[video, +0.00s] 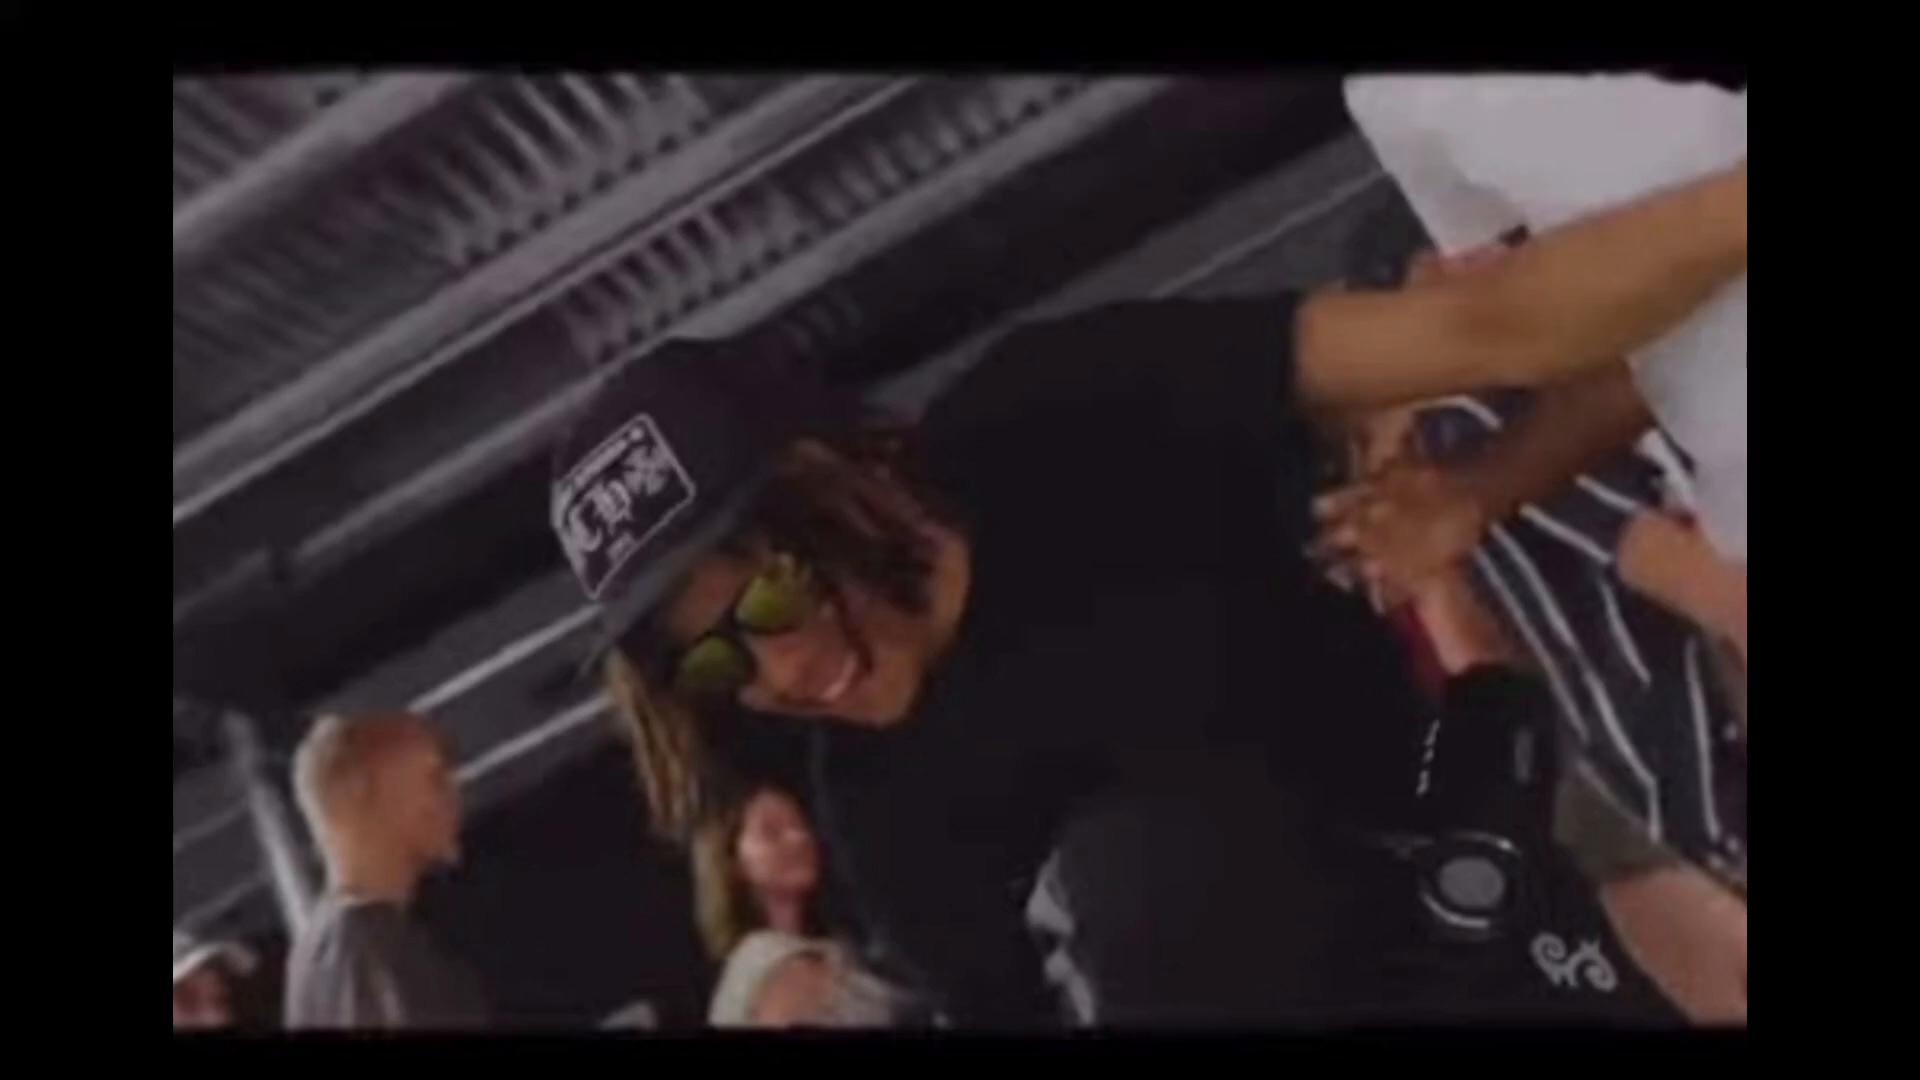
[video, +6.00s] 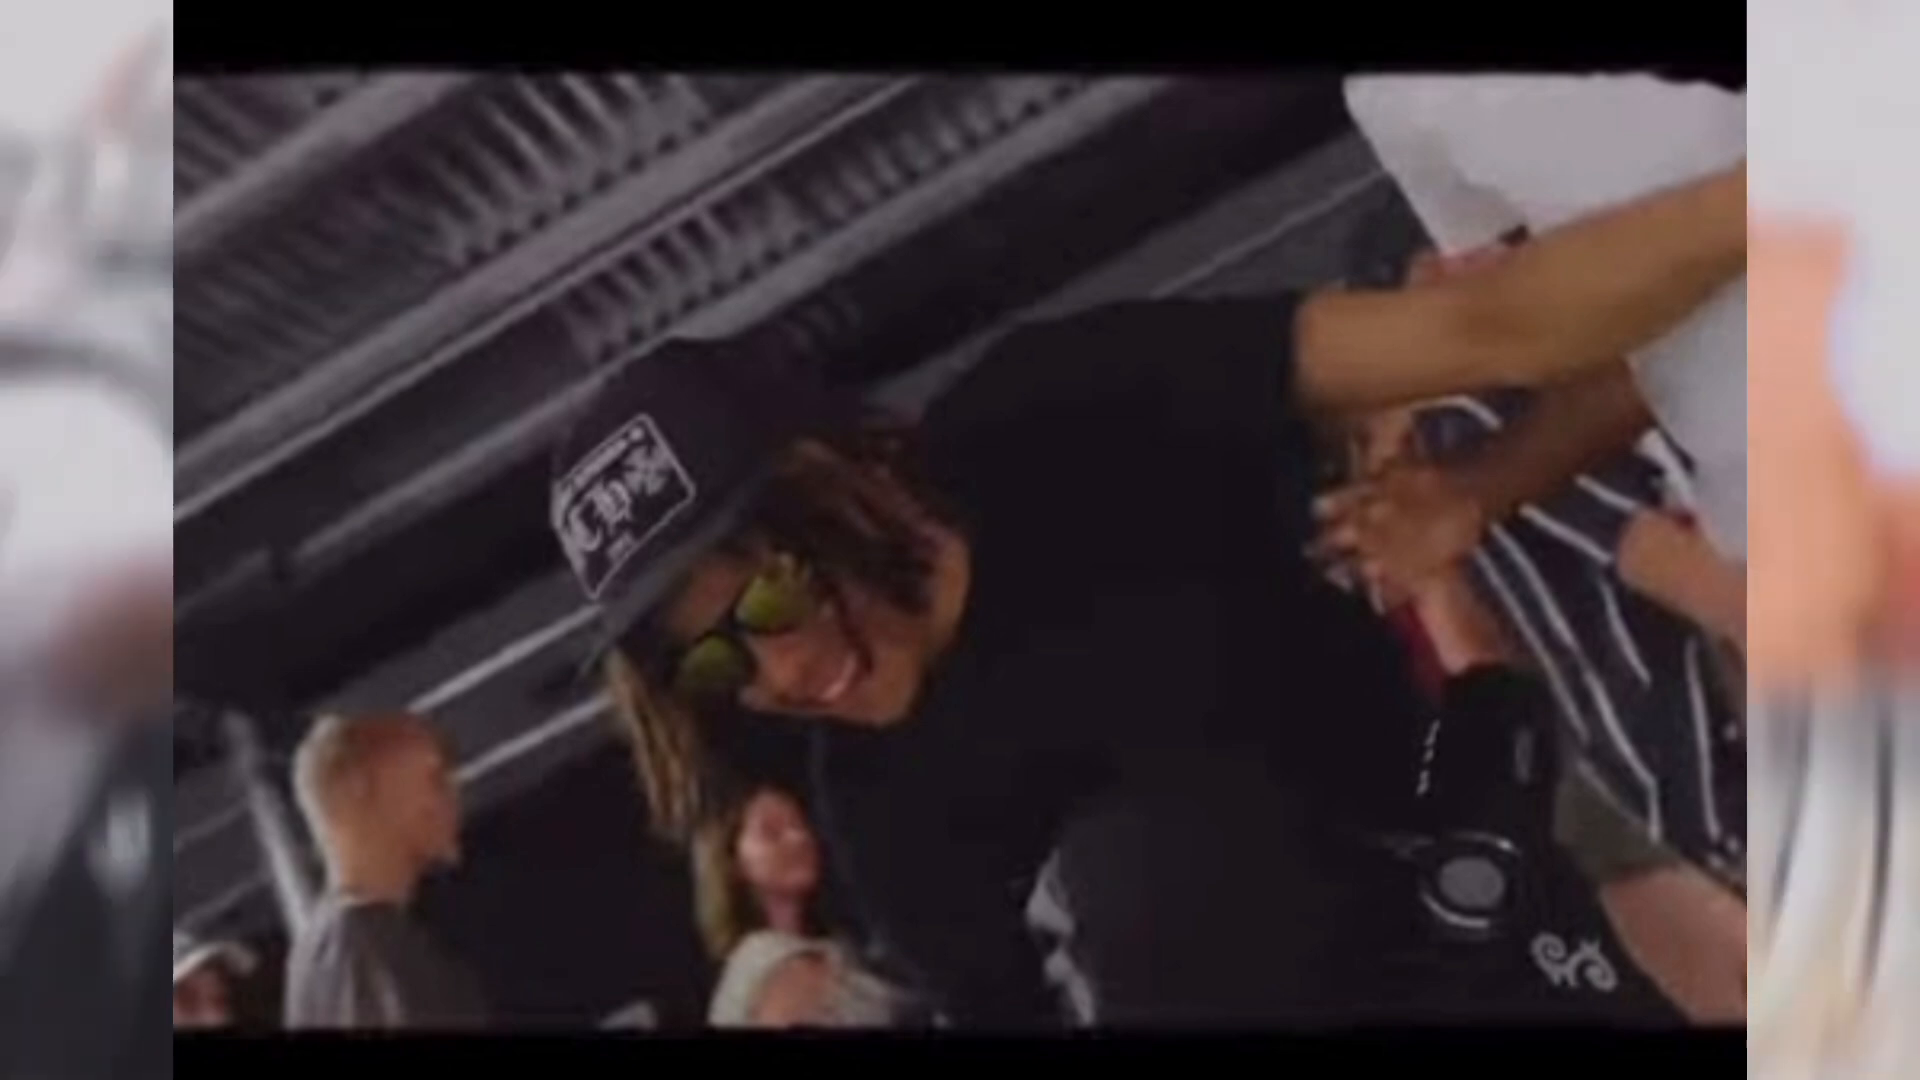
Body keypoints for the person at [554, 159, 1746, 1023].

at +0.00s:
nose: (768, 656)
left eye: (761, 582)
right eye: (708, 654)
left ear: (835, 476)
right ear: (687, 685)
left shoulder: (1052, 404)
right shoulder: (886, 847)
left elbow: (1472, 328)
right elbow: (1031, 1024)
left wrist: (1740, 208)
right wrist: (837, 995)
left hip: (1477, 844)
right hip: (1240, 973)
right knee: (1136, 862)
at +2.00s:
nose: (770, 658)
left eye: (763, 584)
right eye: (711, 656)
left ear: (836, 477)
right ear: (690, 687)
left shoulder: (1050, 403)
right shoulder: (890, 843)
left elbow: (1468, 329)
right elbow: (1036, 1022)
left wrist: (1751, 207)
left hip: (1485, 838)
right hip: (1258, 972)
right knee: (1136, 866)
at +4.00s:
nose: (767, 656)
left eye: (760, 581)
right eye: (708, 654)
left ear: (835, 476)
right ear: (688, 687)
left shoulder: (1052, 404)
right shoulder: (888, 846)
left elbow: (1475, 326)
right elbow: (1033, 1025)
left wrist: (1797, 183)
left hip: (1486, 855)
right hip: (1248, 974)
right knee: (1133, 867)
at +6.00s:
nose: (767, 658)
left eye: (760, 584)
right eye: (708, 655)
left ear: (834, 477)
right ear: (686, 686)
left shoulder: (1052, 404)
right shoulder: (888, 847)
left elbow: (1470, 329)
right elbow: (1039, 1024)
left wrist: (1787, 187)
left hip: (1487, 842)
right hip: (1264, 975)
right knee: (1135, 868)